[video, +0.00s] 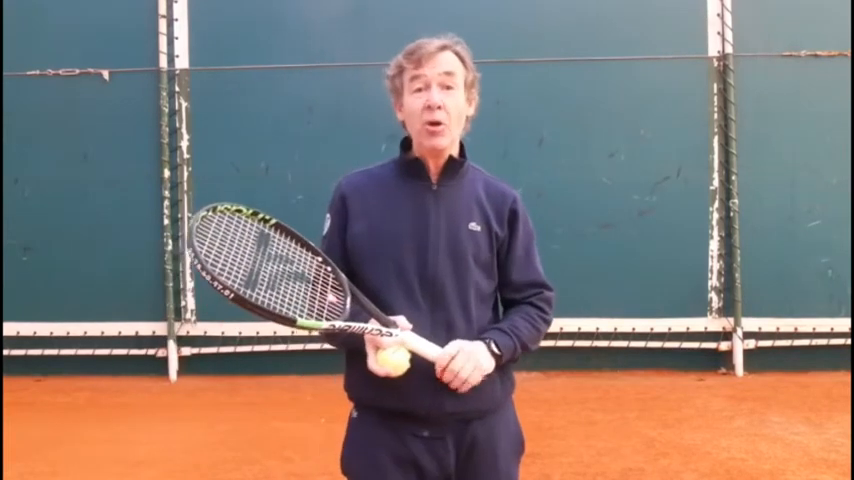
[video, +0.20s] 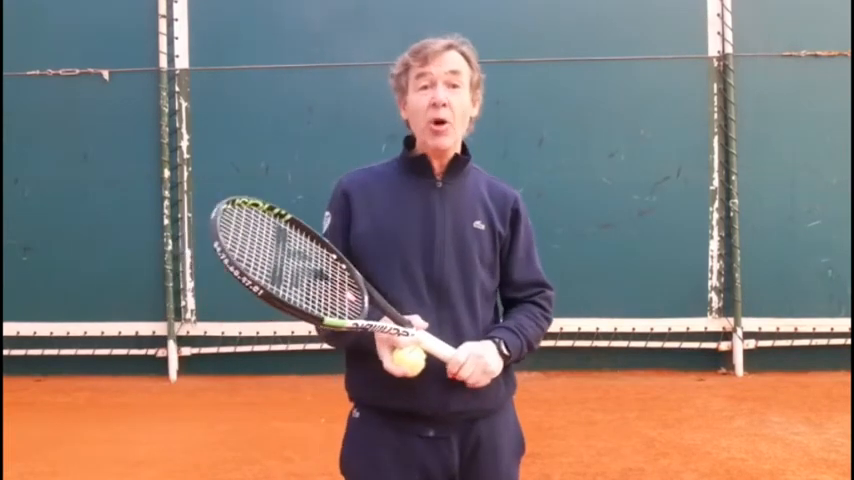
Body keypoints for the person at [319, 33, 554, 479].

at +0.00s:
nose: (433, 100)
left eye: (447, 86)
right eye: (419, 88)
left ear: (469, 104)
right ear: (400, 107)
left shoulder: (500, 202)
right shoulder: (355, 196)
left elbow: (534, 303)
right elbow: (327, 303)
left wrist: (489, 348)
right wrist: (367, 336)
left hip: (485, 433)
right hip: (385, 432)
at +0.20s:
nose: (439, 97)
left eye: (453, 84)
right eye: (423, 86)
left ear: (474, 103)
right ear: (404, 106)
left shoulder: (502, 202)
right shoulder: (356, 195)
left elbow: (534, 301)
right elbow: (327, 314)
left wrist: (497, 348)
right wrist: (374, 336)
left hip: (487, 433)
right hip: (387, 432)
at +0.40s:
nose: (439, 91)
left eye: (453, 79)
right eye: (425, 80)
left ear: (473, 102)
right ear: (403, 103)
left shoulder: (502, 201)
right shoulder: (356, 192)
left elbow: (532, 297)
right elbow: (322, 304)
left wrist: (504, 341)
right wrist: (380, 332)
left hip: (487, 431)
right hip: (389, 431)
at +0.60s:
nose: (438, 86)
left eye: (451, 77)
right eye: (422, 78)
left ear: (471, 101)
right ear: (401, 103)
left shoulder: (500, 202)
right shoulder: (353, 195)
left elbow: (532, 299)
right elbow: (323, 310)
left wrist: (505, 341)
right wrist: (372, 341)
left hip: (487, 435)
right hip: (388, 434)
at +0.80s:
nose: (427, 87)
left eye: (441, 76)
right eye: (412, 78)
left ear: (462, 99)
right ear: (392, 103)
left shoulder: (495, 200)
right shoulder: (348, 196)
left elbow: (531, 294)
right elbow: (316, 304)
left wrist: (518, 325)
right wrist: (355, 342)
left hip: (481, 433)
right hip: (380, 432)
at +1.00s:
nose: (412, 87)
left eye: (426, 76)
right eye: (398, 79)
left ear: (449, 100)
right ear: (380, 105)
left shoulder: (484, 198)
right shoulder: (336, 196)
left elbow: (527, 288)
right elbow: (307, 304)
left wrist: (515, 305)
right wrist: (338, 339)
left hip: (465, 433)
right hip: (364, 430)